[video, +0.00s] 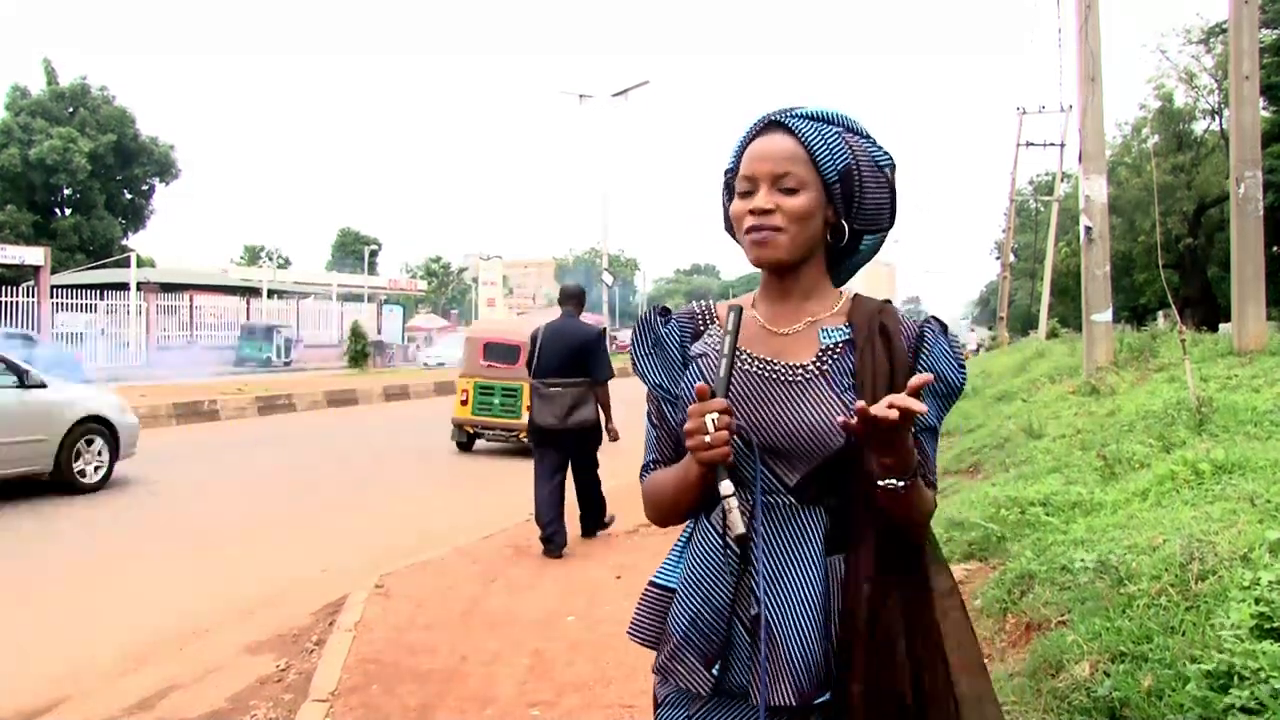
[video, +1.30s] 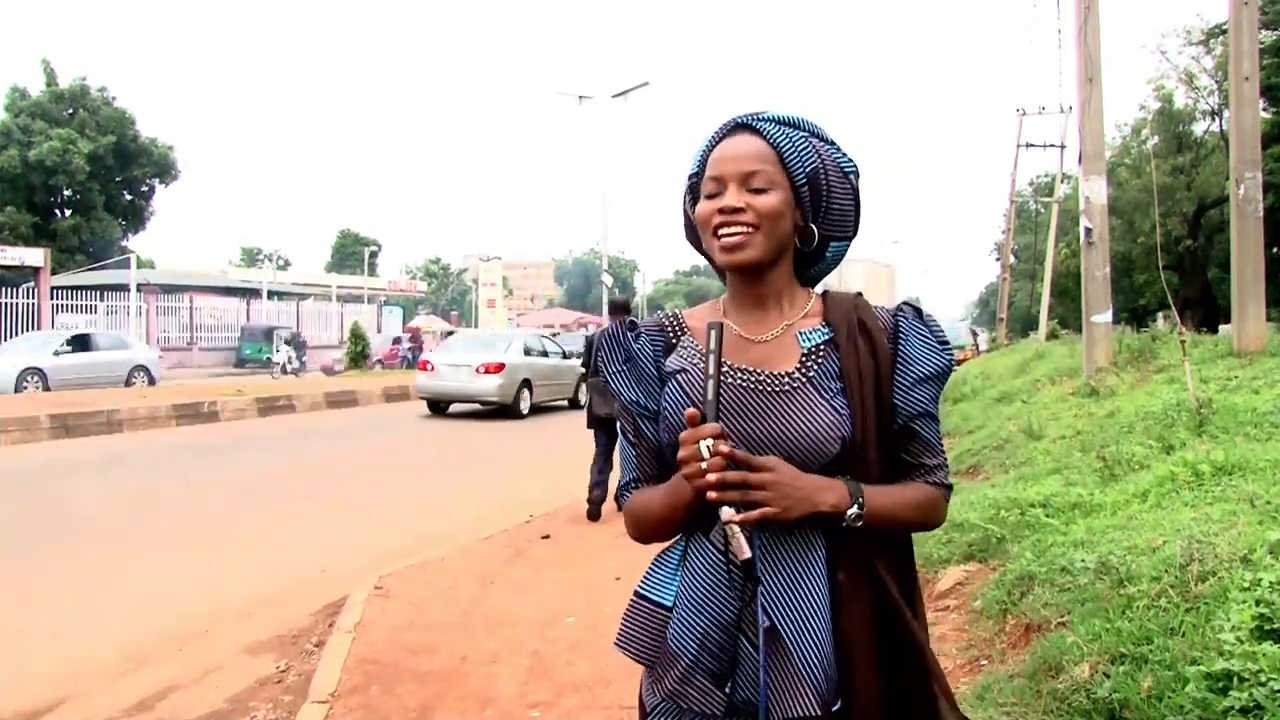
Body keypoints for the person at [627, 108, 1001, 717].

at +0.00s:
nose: (760, 204)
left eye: (787, 187)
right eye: (746, 189)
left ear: (834, 209)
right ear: (731, 209)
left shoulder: (891, 340)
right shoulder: (691, 337)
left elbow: (916, 518)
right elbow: (658, 507)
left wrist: (889, 449)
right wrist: (696, 462)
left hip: (846, 632)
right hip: (715, 626)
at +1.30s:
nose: (729, 204)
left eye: (757, 187)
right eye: (712, 190)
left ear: (802, 210)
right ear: (696, 215)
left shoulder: (878, 338)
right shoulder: (659, 349)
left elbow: (931, 500)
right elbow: (640, 521)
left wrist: (821, 493)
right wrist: (685, 485)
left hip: (841, 649)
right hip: (702, 650)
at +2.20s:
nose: (793, 199)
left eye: (821, 183)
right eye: (777, 183)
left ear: (862, 208)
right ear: (757, 203)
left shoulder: (922, 333)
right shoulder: (714, 333)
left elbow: (958, 501)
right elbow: (688, 511)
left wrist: (891, 456)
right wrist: (751, 457)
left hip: (892, 616)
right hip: (762, 622)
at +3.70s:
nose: (817, 228)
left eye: (847, 210)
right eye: (805, 209)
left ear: (894, 231)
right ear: (788, 224)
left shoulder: (960, 349)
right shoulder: (760, 361)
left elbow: (1001, 519)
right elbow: (743, 531)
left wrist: (960, 453)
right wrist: (786, 494)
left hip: (934, 625)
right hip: (809, 625)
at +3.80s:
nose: (821, 219)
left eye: (849, 202)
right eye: (807, 203)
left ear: (896, 226)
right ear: (790, 223)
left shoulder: (955, 342)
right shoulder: (760, 356)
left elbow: (1006, 514)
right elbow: (743, 525)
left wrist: (968, 395)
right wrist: (783, 486)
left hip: (930, 627)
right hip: (806, 627)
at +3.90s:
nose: (824, 208)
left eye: (850, 190)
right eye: (808, 196)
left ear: (900, 213)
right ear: (791, 220)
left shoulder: (961, 322)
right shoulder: (762, 347)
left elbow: (1014, 491)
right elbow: (742, 517)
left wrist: (975, 323)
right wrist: (781, 473)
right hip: (806, 635)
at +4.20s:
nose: (808, 200)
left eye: (835, 182)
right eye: (794, 188)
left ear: (892, 203)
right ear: (781, 212)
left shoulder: (954, 318)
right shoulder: (751, 336)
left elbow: (1023, 471)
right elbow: (733, 511)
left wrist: (977, 299)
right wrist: (757, 456)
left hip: (909, 627)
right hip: (782, 626)